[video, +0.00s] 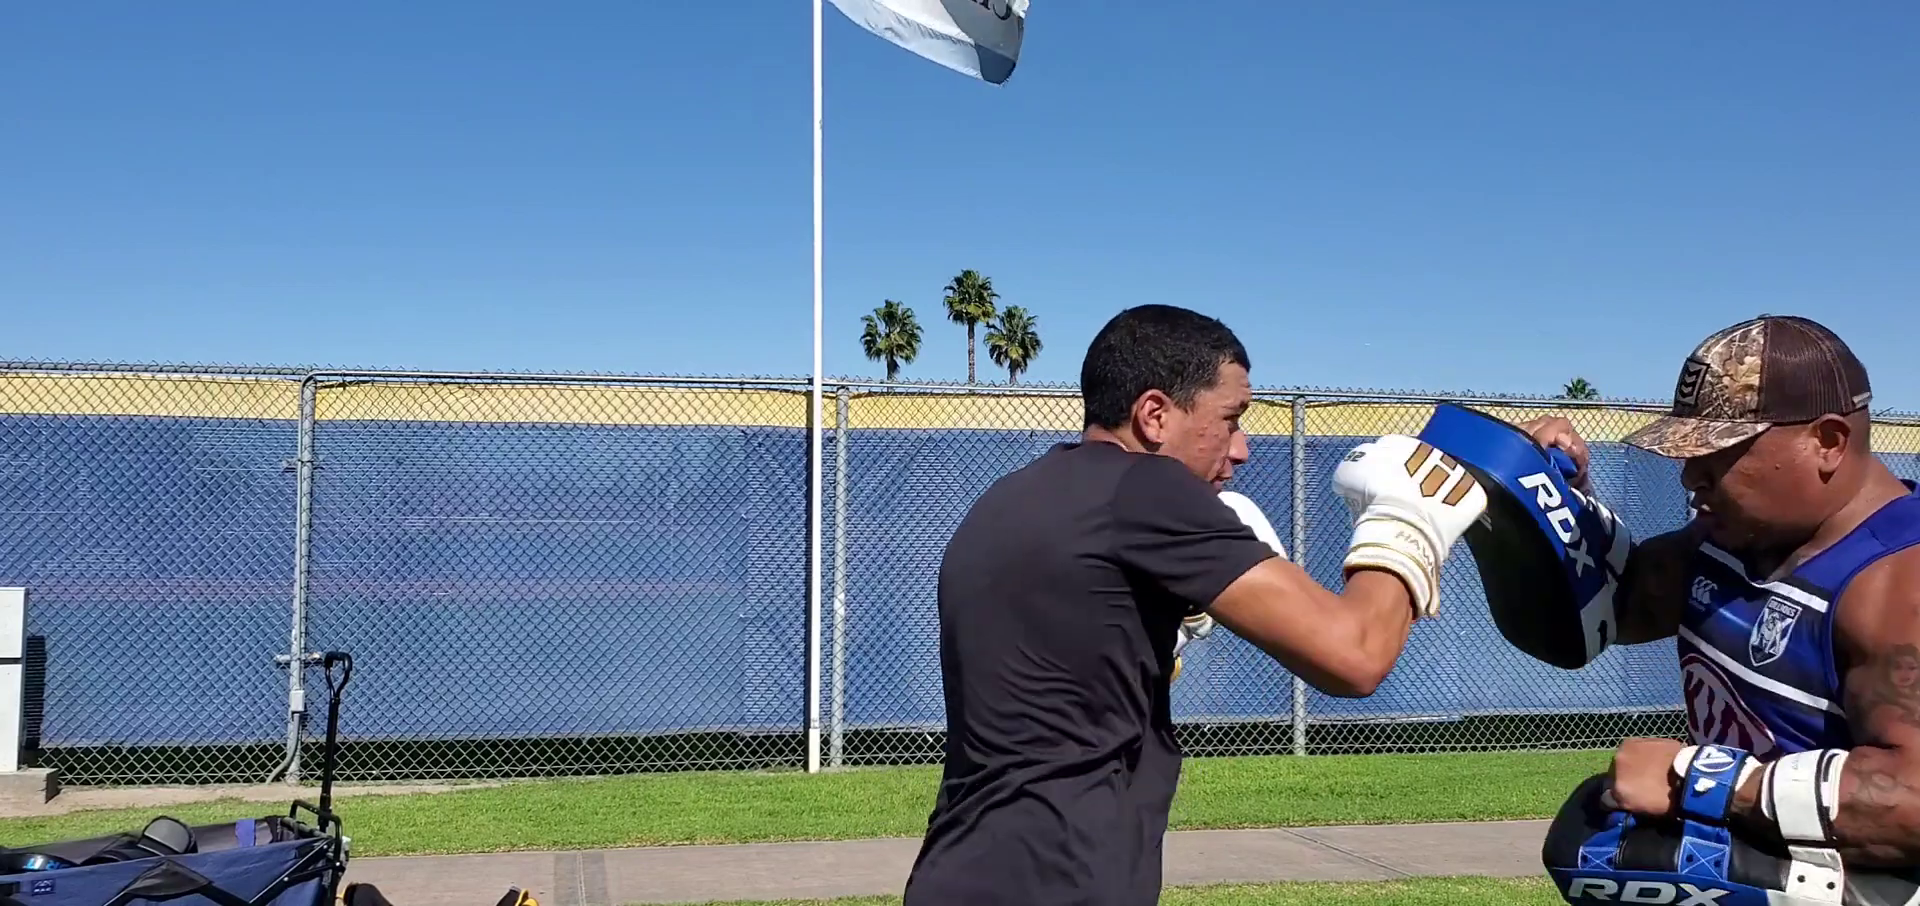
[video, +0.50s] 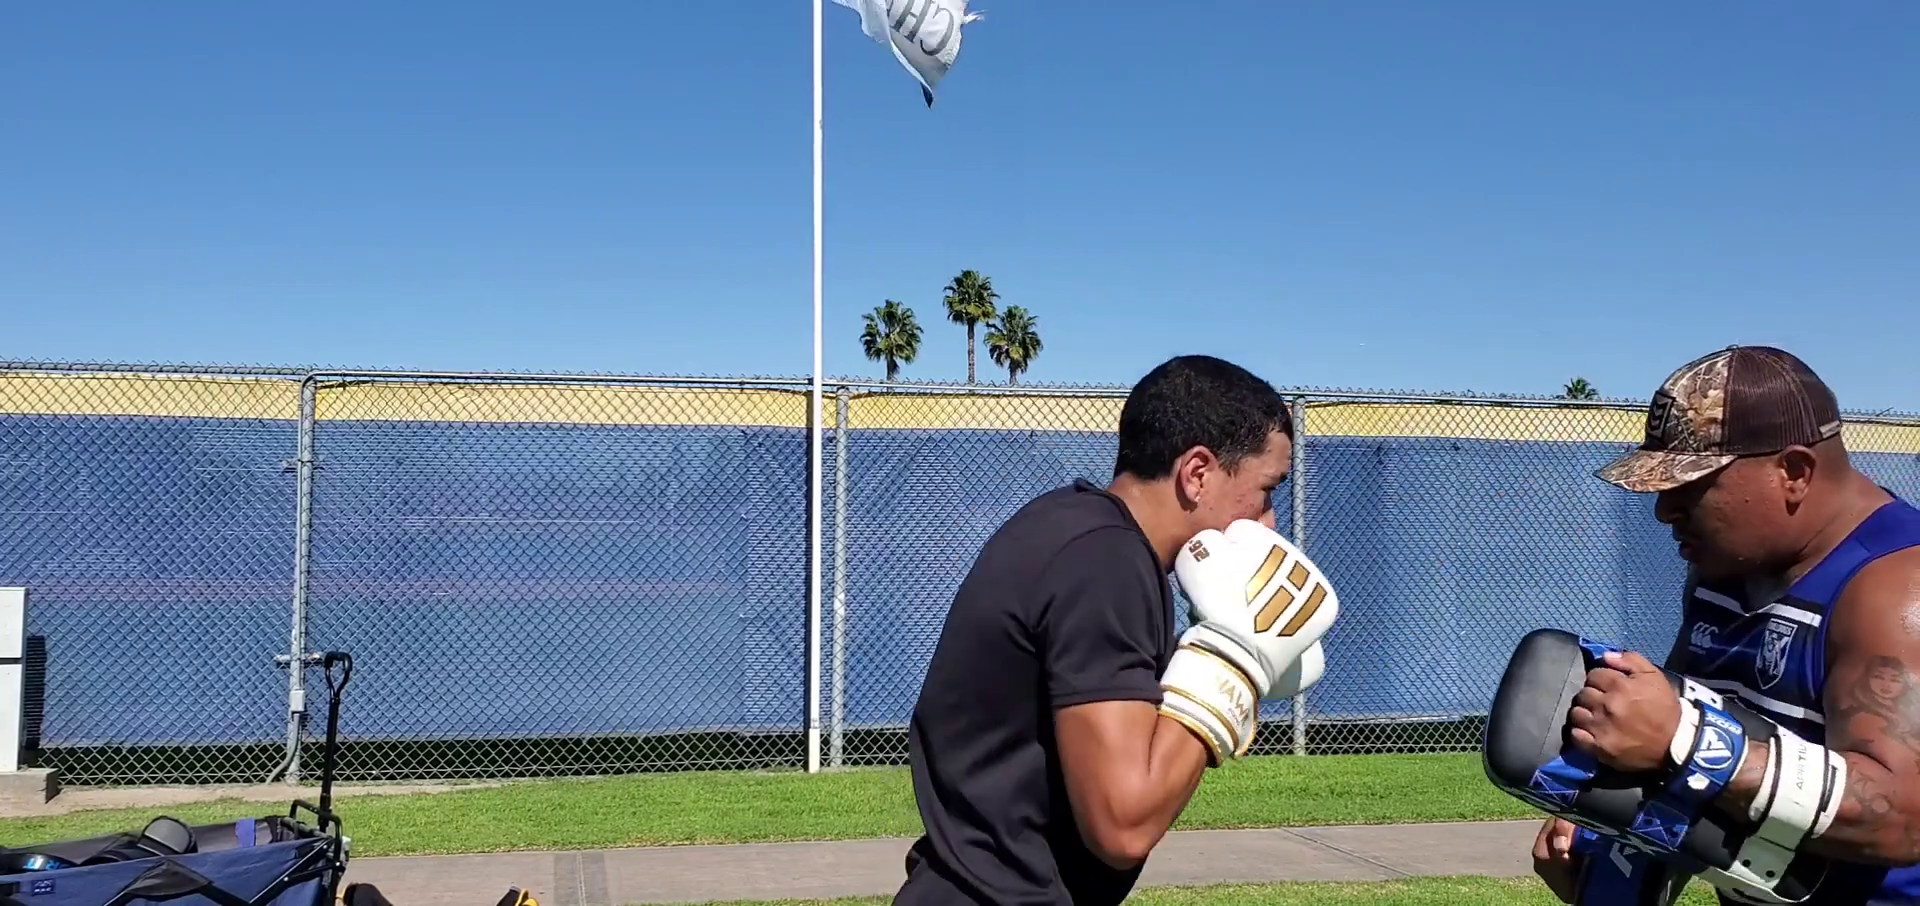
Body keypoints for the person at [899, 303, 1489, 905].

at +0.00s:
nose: (1241, 451)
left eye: (1242, 422)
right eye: (1228, 420)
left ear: (1143, 418)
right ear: (1153, 416)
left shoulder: (1005, 502)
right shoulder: (1146, 495)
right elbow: (1356, 654)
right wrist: (1407, 523)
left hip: (956, 871)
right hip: (1065, 878)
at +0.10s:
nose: (1224, 442)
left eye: (1222, 413)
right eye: (1213, 412)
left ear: (1133, 413)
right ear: (1138, 412)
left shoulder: (1004, 506)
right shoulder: (1098, 522)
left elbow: (1054, 696)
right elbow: (1171, 773)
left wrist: (1173, 599)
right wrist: (1288, 645)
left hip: (957, 872)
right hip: (1039, 883)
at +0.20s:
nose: (1211, 448)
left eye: (1208, 419)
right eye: (1199, 417)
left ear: (1125, 417)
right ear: (1127, 413)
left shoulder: (1050, 522)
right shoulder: (1031, 539)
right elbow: (1058, 809)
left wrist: (1151, 624)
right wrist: (1191, 662)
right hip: (992, 890)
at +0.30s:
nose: (1211, 448)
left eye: (1209, 420)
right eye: (1200, 417)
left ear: (1128, 412)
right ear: (1124, 408)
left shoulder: (1084, 532)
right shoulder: (1002, 533)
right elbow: (1020, 801)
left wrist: (1163, 651)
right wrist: (1155, 645)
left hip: (1059, 883)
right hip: (966, 889)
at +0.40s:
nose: (1228, 468)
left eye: (1231, 441)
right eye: (1222, 437)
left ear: (1148, 427)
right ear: (1146, 423)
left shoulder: (1107, 536)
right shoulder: (1024, 531)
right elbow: (1048, 798)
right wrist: (1165, 639)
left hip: (1064, 884)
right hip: (968, 890)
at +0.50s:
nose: (1268, 521)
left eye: (1273, 495)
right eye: (1265, 492)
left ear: (1195, 475)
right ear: (1196, 473)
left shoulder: (1069, 526)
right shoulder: (1102, 558)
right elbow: (1124, 826)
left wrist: (1221, 672)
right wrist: (1226, 663)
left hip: (963, 877)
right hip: (1012, 891)